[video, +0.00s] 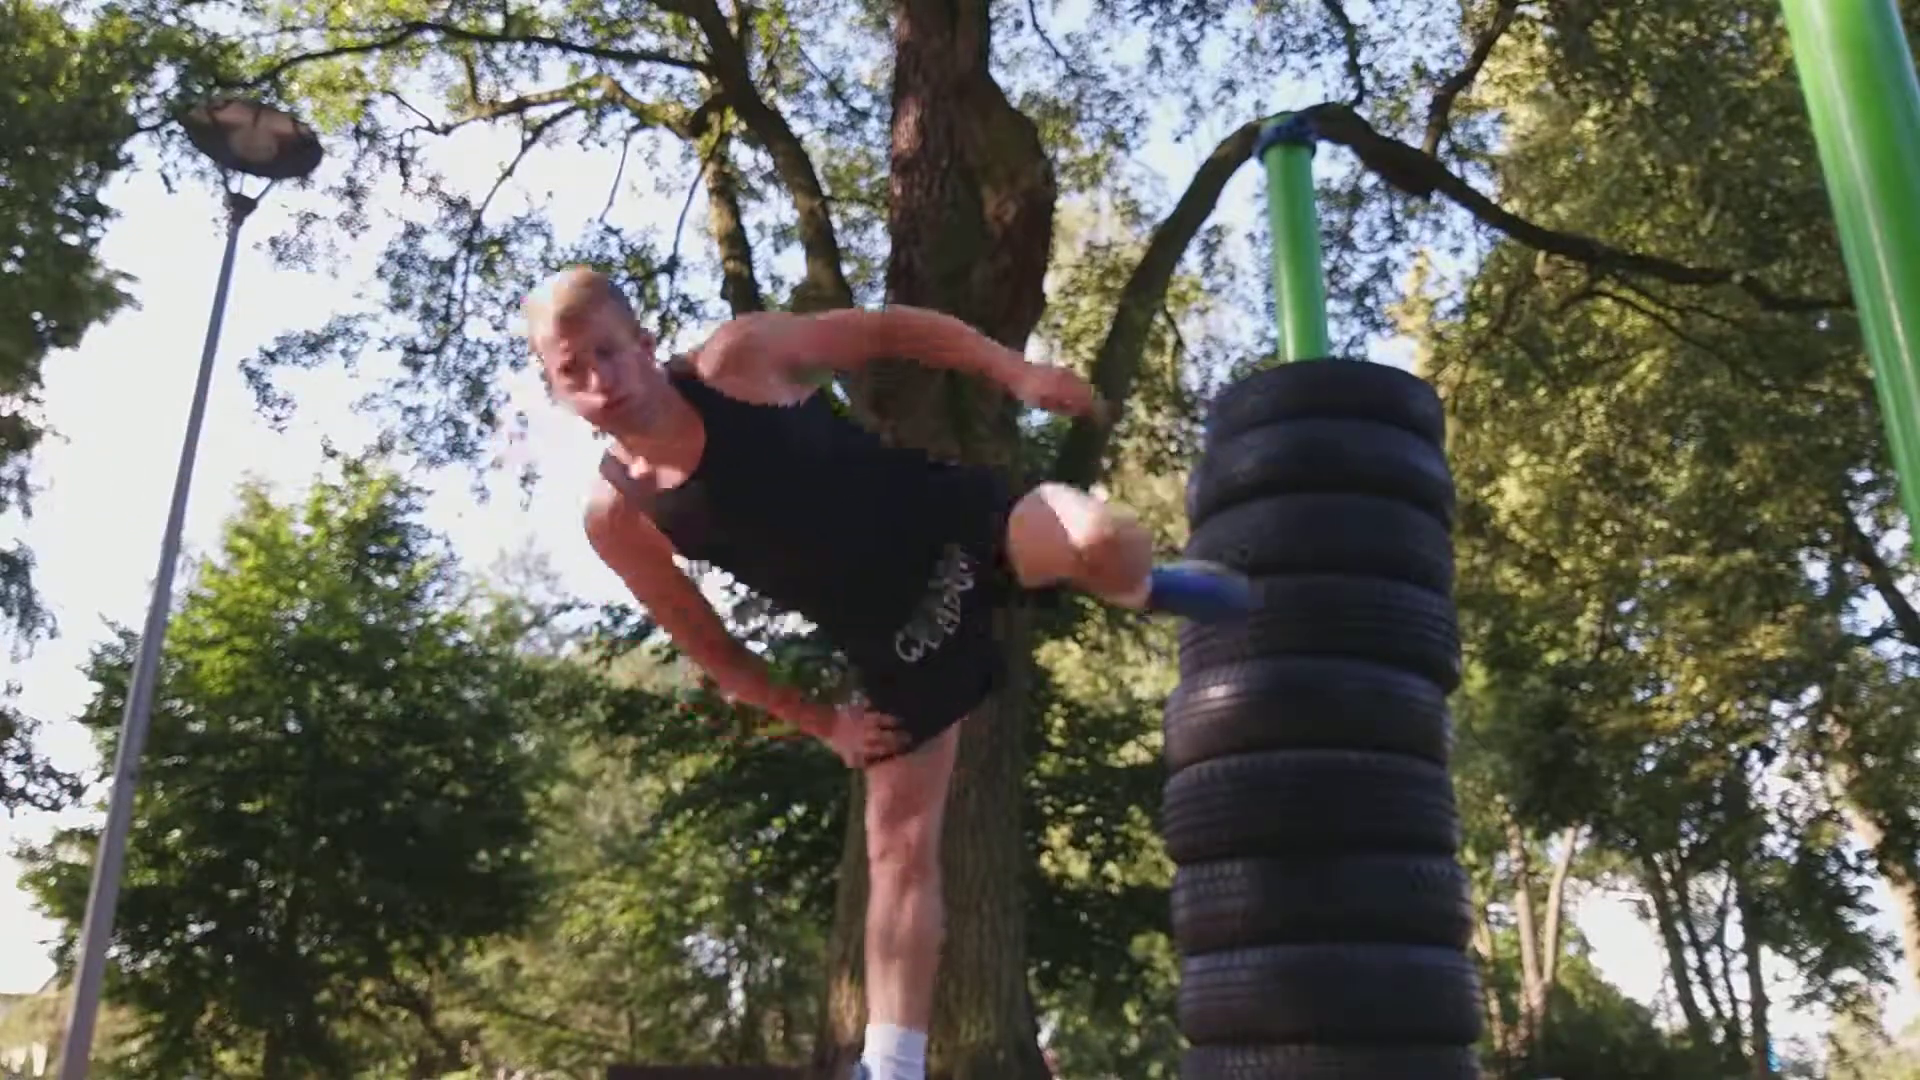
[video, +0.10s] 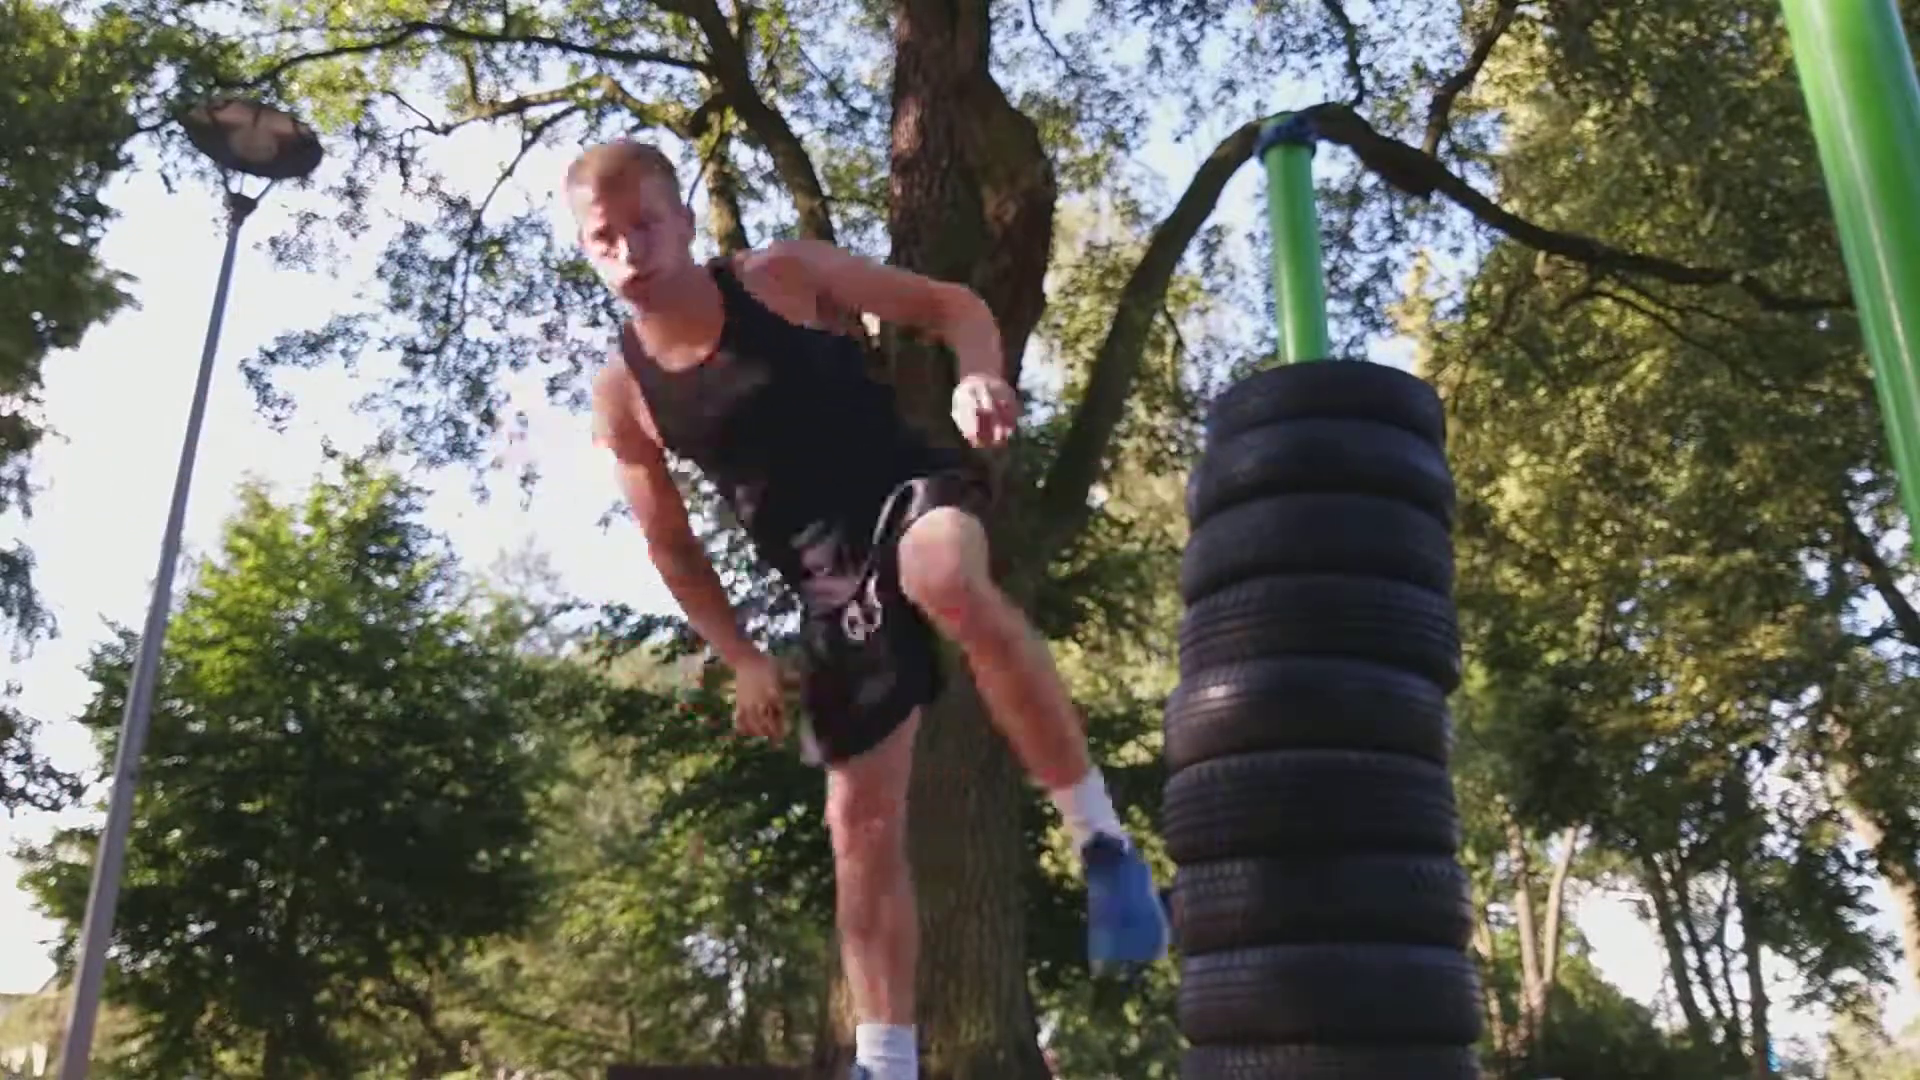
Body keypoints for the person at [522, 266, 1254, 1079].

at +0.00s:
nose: (597, 386)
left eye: (605, 356)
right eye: (571, 376)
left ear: (643, 337)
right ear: (553, 392)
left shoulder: (740, 354)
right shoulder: (618, 516)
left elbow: (892, 332)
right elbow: (712, 650)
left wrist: (1021, 373)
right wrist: (821, 722)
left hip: (953, 521)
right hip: (888, 634)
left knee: (1095, 533)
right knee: (897, 839)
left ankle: (1147, 589)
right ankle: (895, 1065)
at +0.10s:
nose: (629, 250)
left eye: (643, 224)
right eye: (606, 239)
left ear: (684, 217)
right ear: (589, 256)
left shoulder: (786, 274)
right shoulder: (625, 394)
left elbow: (955, 305)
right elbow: (671, 546)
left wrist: (980, 375)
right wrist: (742, 658)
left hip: (911, 495)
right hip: (829, 575)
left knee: (948, 585)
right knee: (859, 824)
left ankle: (1102, 842)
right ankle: (887, 1064)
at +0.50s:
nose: (716, 16)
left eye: (736, 5)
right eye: (691, 1)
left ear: (755, 35)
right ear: (646, 29)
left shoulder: (806, 140)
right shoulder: (620, 193)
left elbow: (909, 277)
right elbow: (504, 329)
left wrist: (756, 312)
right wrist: (495, 216)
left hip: (783, 485)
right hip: (645, 490)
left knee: (836, 738)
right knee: (476, 674)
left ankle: (881, 1044)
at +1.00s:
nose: (600, 148)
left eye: (604, 127)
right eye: (595, 119)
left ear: (537, 109)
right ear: (537, 96)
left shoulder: (498, 246)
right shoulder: (421, 111)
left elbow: (485, 420)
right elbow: (354, 204)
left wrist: (582, 385)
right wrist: (506, 349)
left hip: (480, 519)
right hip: (385, 479)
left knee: (532, 777)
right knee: (333, 703)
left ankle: (362, 1035)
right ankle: (226, 1040)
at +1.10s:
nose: (578, 215)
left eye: (581, 192)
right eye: (573, 186)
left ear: (518, 170)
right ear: (519, 161)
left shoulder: (472, 292)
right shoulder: (412, 177)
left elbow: (449, 470)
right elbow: (335, 286)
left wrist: (555, 436)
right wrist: (485, 409)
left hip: (424, 565)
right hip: (345, 528)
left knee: (408, 831)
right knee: (309, 726)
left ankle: (254, 1041)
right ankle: (219, 1036)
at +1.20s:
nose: (571, 226)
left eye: (574, 209)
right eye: (564, 201)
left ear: (508, 192)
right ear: (507, 179)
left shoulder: (460, 317)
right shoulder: (397, 206)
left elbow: (427, 481)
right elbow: (302, 313)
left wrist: (521, 459)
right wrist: (471, 399)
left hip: (388, 570)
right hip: (304, 528)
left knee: (353, 819)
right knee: (253, 732)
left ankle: (240, 1041)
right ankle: (202, 1019)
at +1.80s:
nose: (520, 224)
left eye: (525, 206)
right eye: (512, 199)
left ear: (457, 188)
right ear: (449, 177)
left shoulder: (459, 330)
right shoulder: (315, 227)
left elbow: (442, 464)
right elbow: (182, 331)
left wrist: (465, 471)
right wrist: (282, 446)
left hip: (367, 574)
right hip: (256, 548)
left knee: (459, 763)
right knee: (146, 754)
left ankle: (384, 1012)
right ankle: (15, 997)